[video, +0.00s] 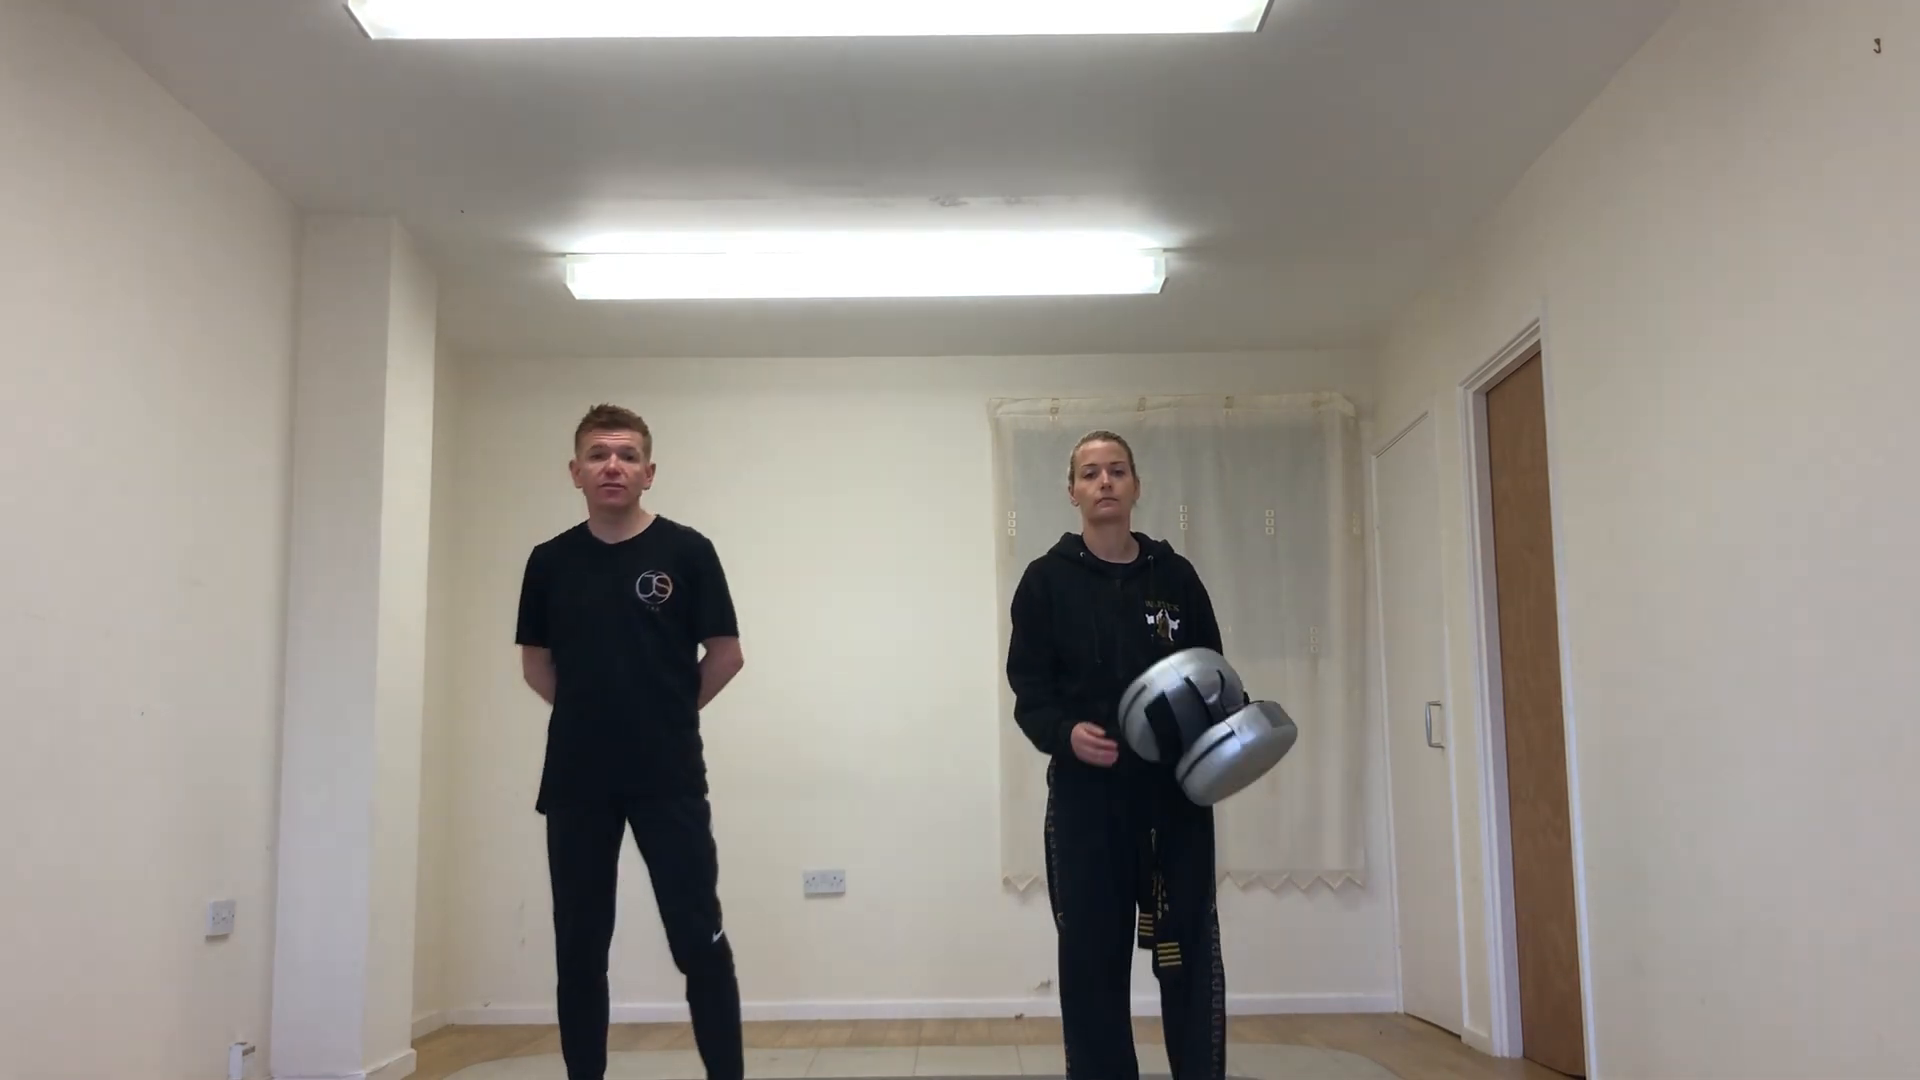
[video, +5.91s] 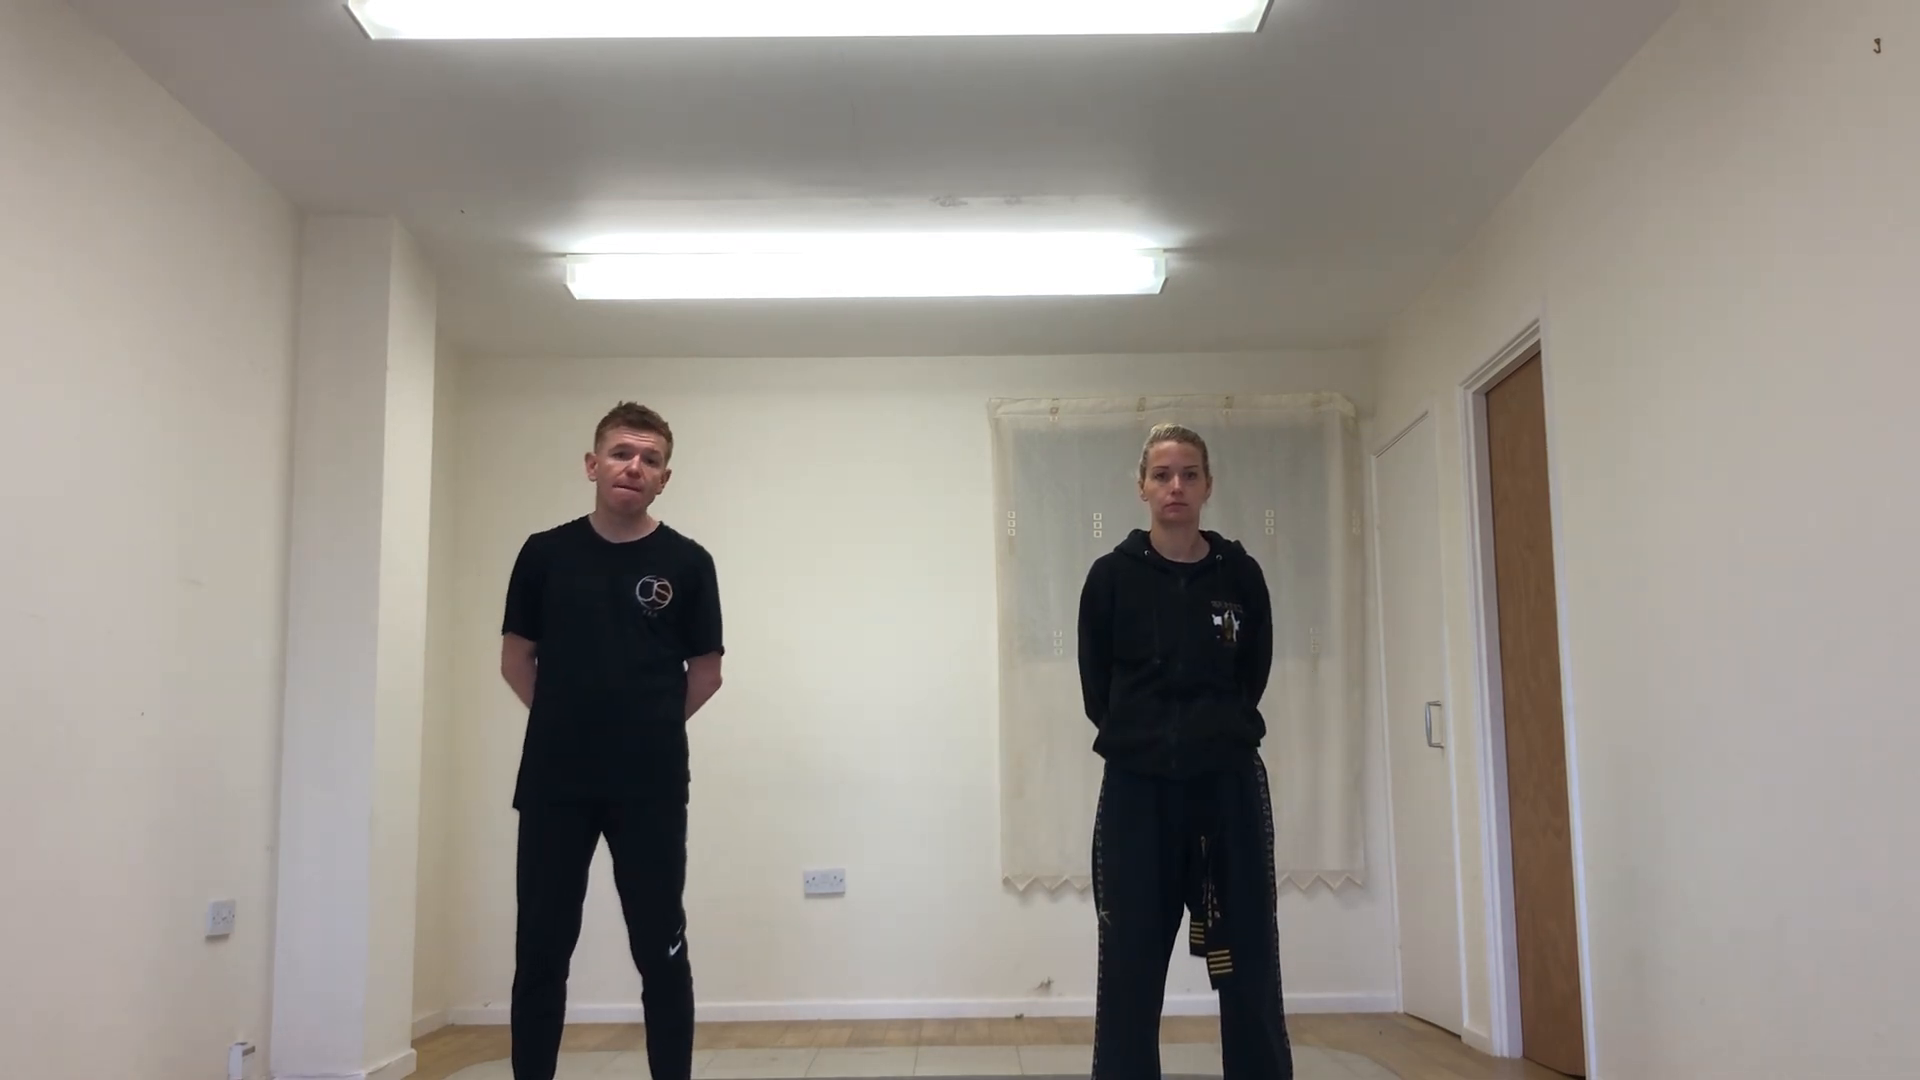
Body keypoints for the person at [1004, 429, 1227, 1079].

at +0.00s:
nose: (1104, 481)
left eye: (1116, 470)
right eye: (1090, 473)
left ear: (1136, 486)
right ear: (1073, 492)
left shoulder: (1175, 573)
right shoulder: (1045, 579)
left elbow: (1209, 672)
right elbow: (1029, 689)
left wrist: (1213, 729)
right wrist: (1064, 732)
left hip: (1175, 788)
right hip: (1087, 792)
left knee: (1191, 952)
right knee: (1092, 959)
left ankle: (1200, 1073)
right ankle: (1101, 1077)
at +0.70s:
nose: (1161, 485)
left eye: (1173, 473)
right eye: (1146, 477)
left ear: (1193, 485)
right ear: (1131, 494)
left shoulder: (1239, 572)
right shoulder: (1103, 579)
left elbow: (1285, 682)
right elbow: (1061, 676)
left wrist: (1264, 694)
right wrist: (1130, 674)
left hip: (1230, 789)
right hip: (1137, 789)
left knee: (1246, 959)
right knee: (1124, 964)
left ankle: (1253, 1074)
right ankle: (1119, 1077)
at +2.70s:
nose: (1172, 484)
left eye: (1183, 472)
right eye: (1157, 475)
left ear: (1203, 485)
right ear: (1140, 492)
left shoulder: (1239, 569)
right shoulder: (1110, 575)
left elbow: (1281, 656)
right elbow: (1078, 667)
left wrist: (1292, 658)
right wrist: (1162, 694)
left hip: (1234, 780)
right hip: (1141, 781)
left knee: (1249, 955)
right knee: (1134, 961)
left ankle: (1259, 1075)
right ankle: (1128, 1076)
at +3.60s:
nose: (1164, 487)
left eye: (1176, 475)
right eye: (1150, 479)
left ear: (1198, 485)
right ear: (1134, 495)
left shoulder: (1241, 574)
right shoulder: (1108, 578)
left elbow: (1305, 658)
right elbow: (1062, 669)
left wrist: (1288, 690)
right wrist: (1082, 723)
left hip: (1232, 794)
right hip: (1137, 798)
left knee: (1249, 973)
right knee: (1130, 977)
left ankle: (1258, 1077)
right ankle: (1125, 1078)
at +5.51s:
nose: (1175, 488)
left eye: (1188, 476)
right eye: (1161, 477)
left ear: (1206, 486)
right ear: (1143, 488)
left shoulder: (1239, 570)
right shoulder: (1110, 574)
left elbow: (1255, 668)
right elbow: (1094, 681)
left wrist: (1216, 730)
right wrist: (1137, 740)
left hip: (1229, 780)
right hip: (1138, 782)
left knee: (1249, 961)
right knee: (1130, 966)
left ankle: (1261, 1077)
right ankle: (1124, 1079)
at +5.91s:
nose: (1176, 486)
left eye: (1189, 474)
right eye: (1162, 475)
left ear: (1207, 486)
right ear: (1143, 487)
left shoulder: (1240, 570)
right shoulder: (1110, 574)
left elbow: (1256, 667)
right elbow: (1094, 678)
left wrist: (1219, 730)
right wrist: (1135, 740)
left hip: (1229, 779)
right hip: (1138, 781)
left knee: (1249, 963)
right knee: (1130, 966)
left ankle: (1261, 1077)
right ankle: (1123, 1078)